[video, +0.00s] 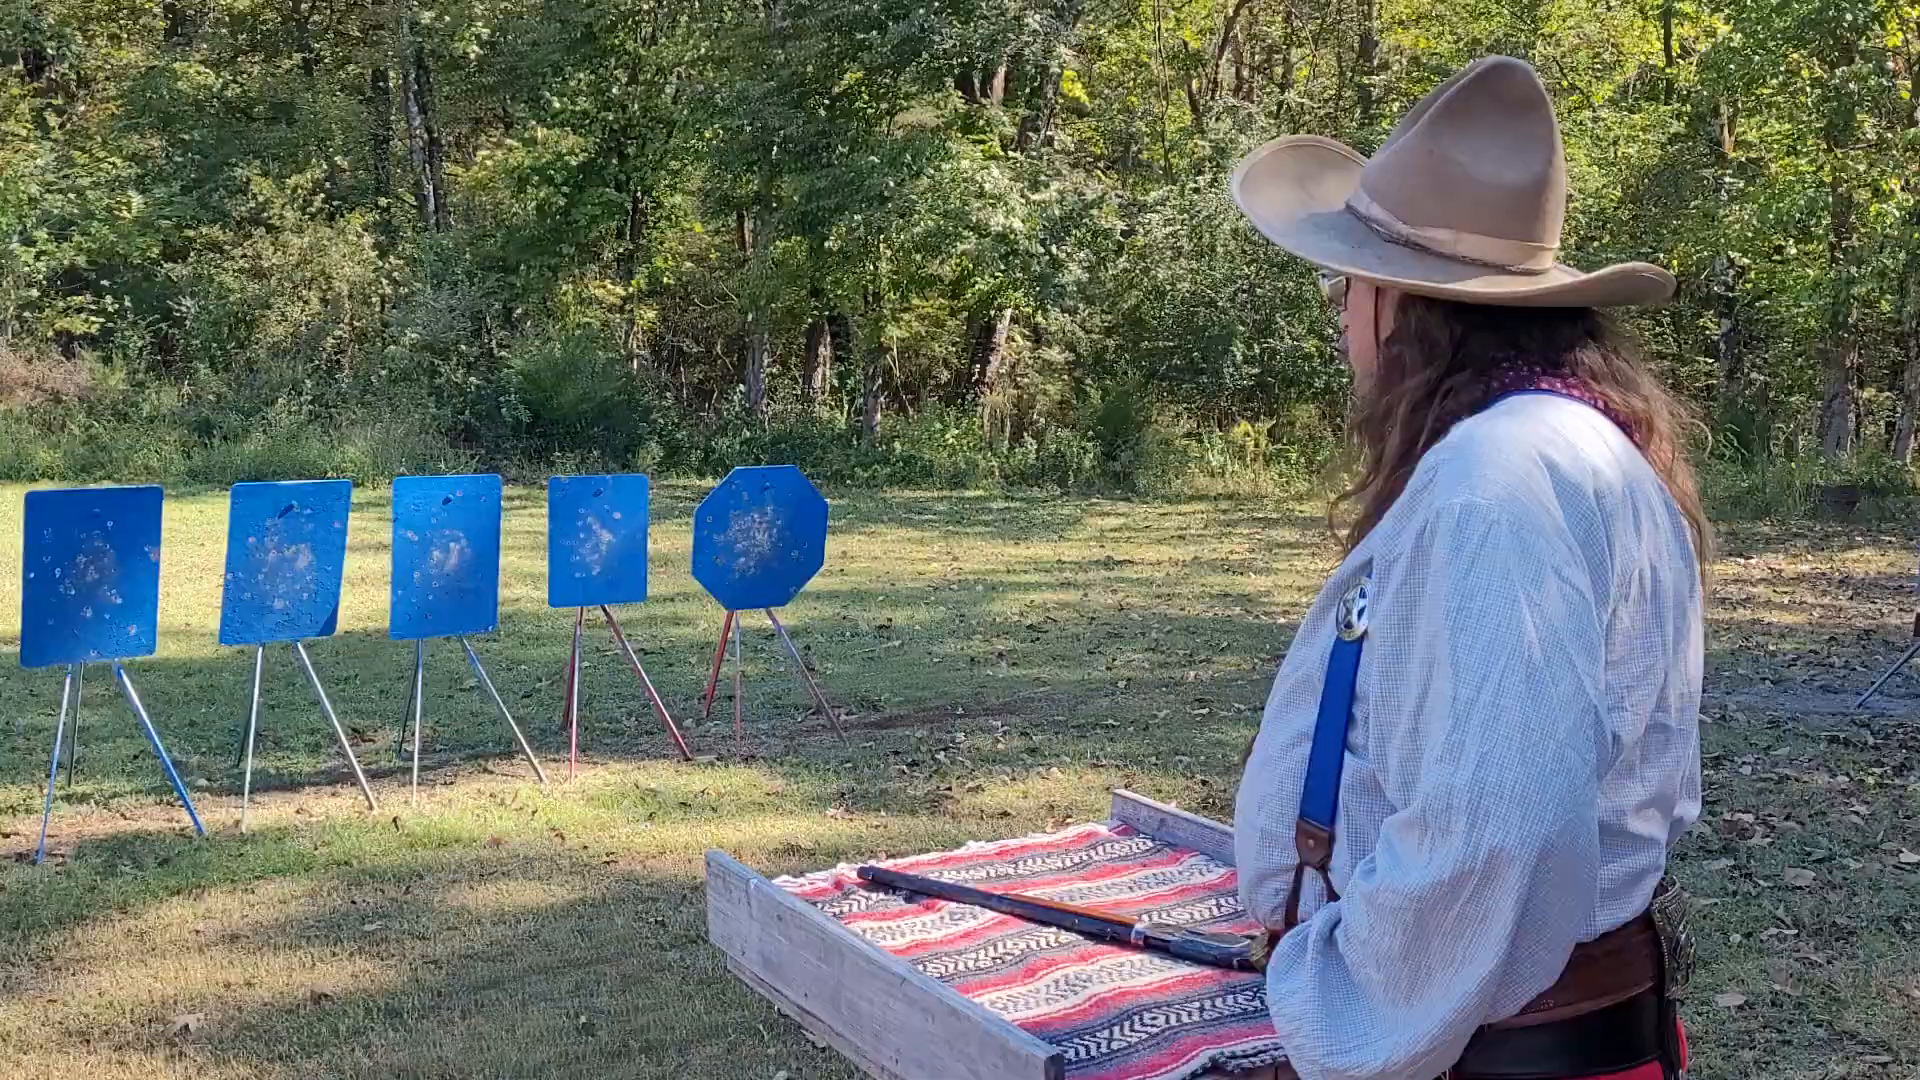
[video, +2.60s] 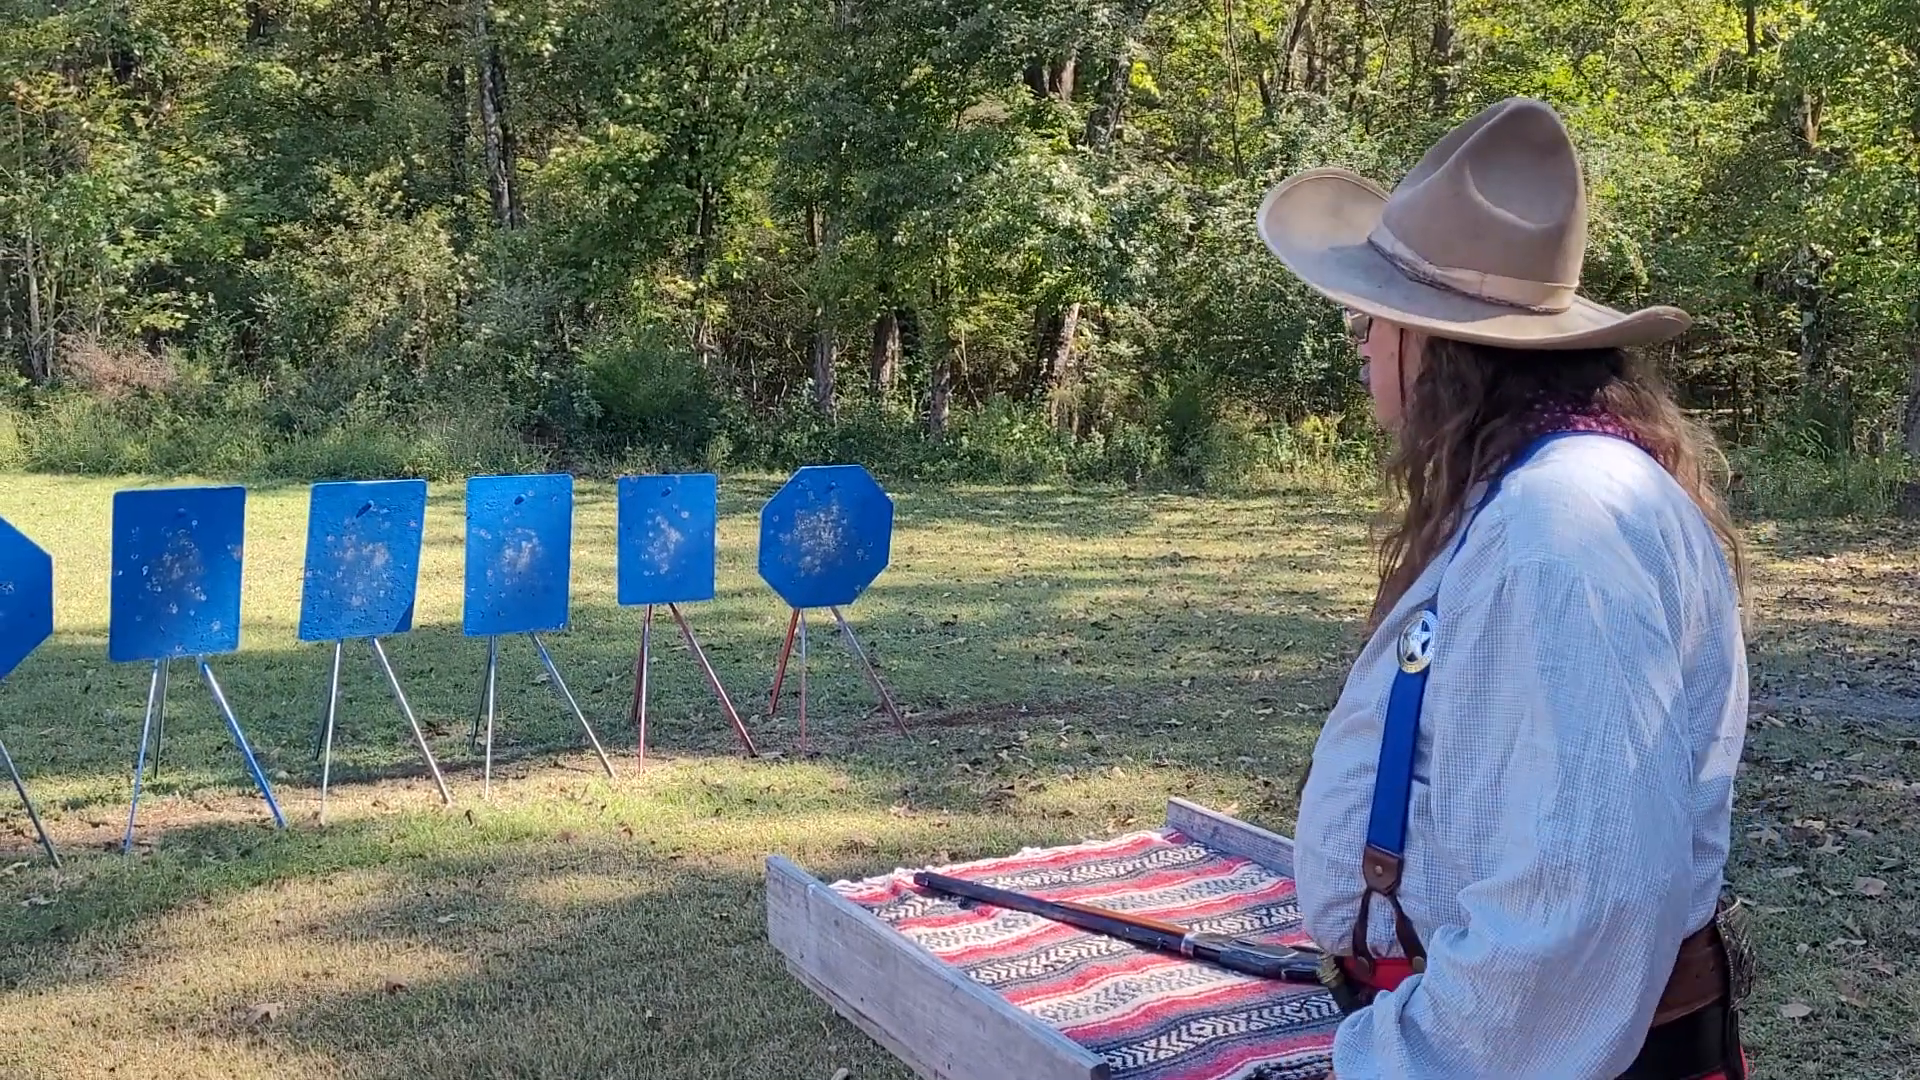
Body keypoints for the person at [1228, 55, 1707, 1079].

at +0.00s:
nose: (1339, 310)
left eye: (1348, 284)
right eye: (1343, 283)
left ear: (1402, 304)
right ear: (1518, 301)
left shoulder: (1502, 473)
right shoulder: (1588, 444)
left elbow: (1496, 824)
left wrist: (1327, 975)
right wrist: (1334, 875)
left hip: (1512, 1031)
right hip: (1598, 996)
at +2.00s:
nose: (1414, 341)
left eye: (1426, 317)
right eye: (1419, 316)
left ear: (1483, 338)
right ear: (1590, 332)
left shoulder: (1570, 505)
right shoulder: (1659, 475)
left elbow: (1549, 852)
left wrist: (1379, 991)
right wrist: (1403, 908)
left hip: (1572, 1035)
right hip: (1658, 1002)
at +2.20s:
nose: (1413, 341)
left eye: (1425, 316)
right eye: (1419, 315)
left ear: (1486, 340)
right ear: (1586, 335)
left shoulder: (1573, 507)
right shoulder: (1656, 475)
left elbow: (1550, 851)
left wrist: (1379, 981)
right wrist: (1399, 903)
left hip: (1577, 1036)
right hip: (1658, 1003)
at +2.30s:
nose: (1402, 343)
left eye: (1413, 318)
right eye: (1406, 318)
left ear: (1476, 337)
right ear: (1583, 332)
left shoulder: (1560, 511)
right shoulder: (1667, 475)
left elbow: (1565, 862)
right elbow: (1783, 662)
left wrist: (1370, 992)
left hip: (1573, 1035)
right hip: (1676, 998)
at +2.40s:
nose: (1389, 345)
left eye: (1400, 321)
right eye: (1393, 320)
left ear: (1463, 343)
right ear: (1564, 336)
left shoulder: (1560, 518)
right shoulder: (1653, 474)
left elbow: (1554, 883)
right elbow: (1773, 663)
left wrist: (1347, 1026)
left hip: (1572, 1039)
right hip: (1672, 999)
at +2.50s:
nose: (1370, 344)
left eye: (1384, 319)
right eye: (1376, 319)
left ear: (1450, 344)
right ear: (1536, 337)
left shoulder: (1567, 517)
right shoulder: (1609, 484)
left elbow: (1570, 893)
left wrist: (1353, 1043)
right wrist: (1396, 933)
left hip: (1585, 1040)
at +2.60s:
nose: (1358, 347)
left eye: (1373, 323)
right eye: (1364, 322)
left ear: (1444, 347)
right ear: (1502, 339)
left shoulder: (1567, 520)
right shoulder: (1529, 491)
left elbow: (1583, 902)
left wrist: (1372, 1051)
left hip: (1573, 1040)